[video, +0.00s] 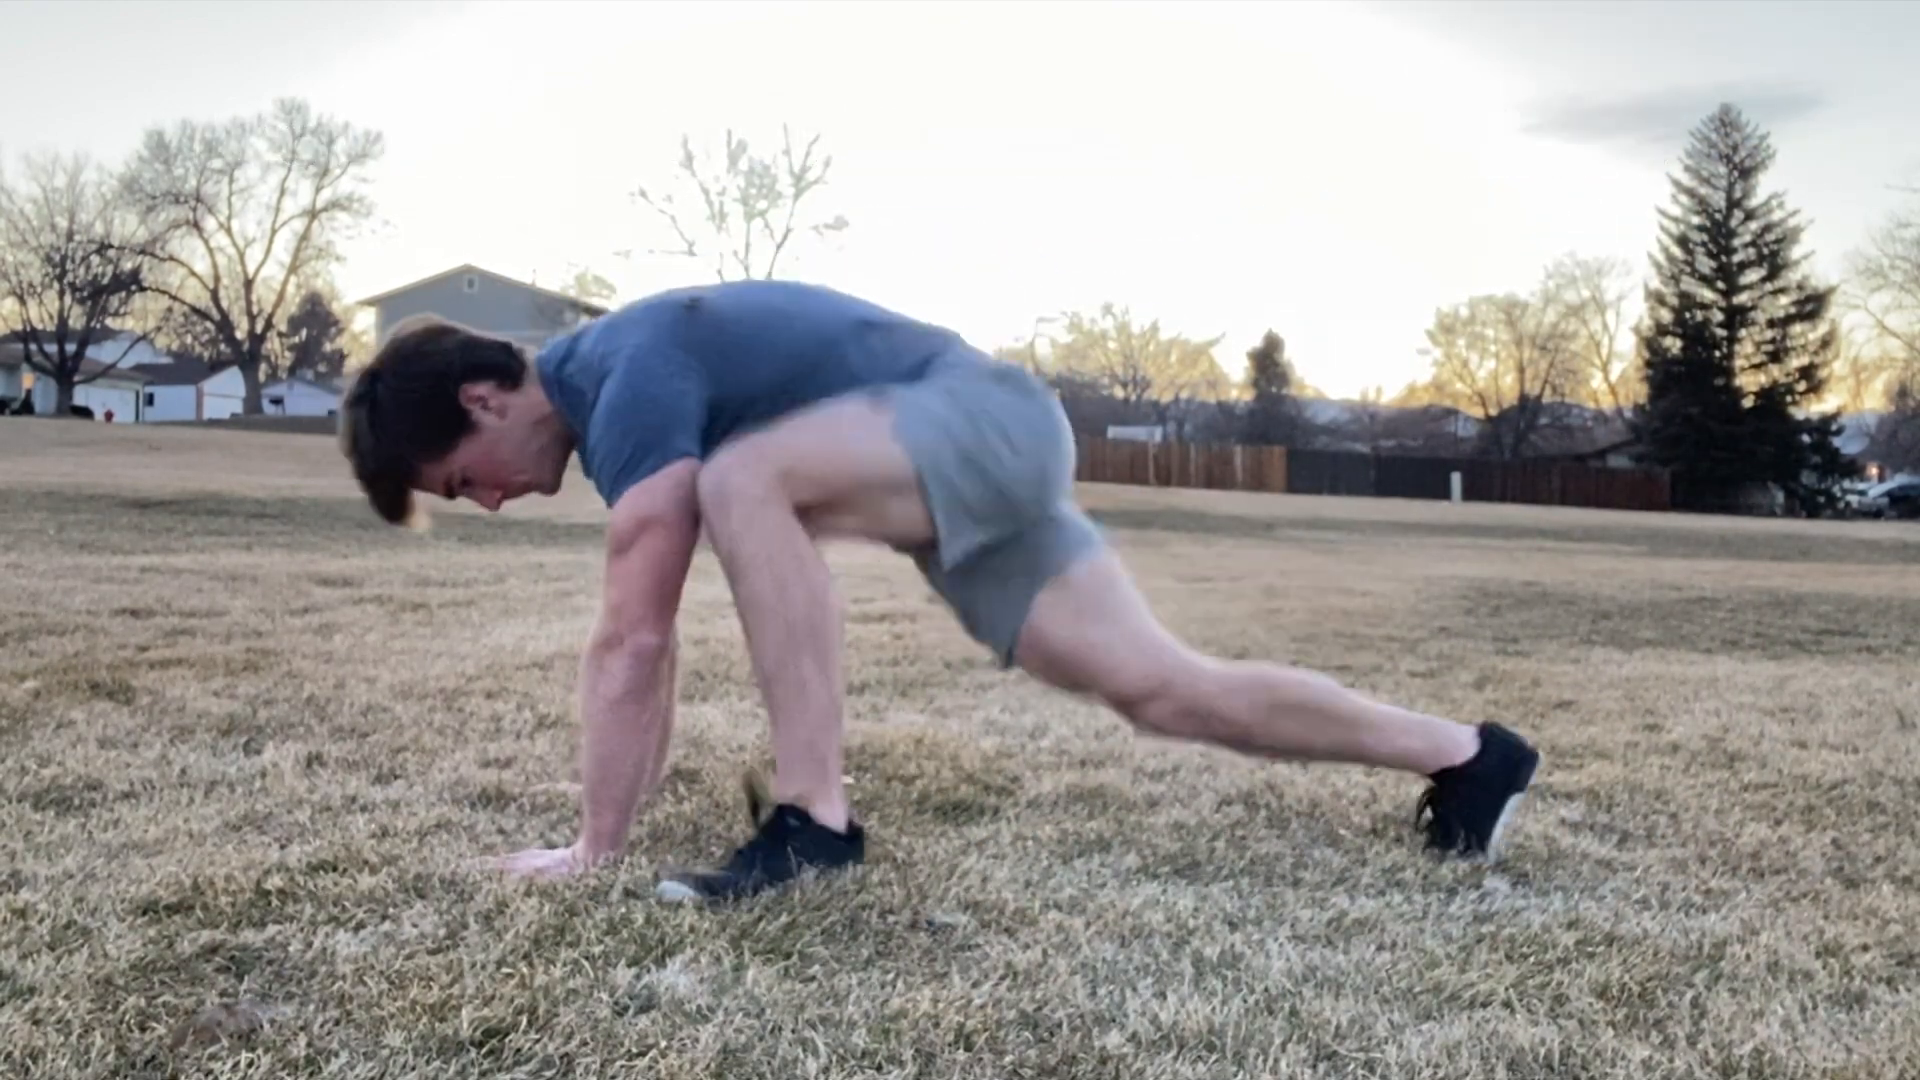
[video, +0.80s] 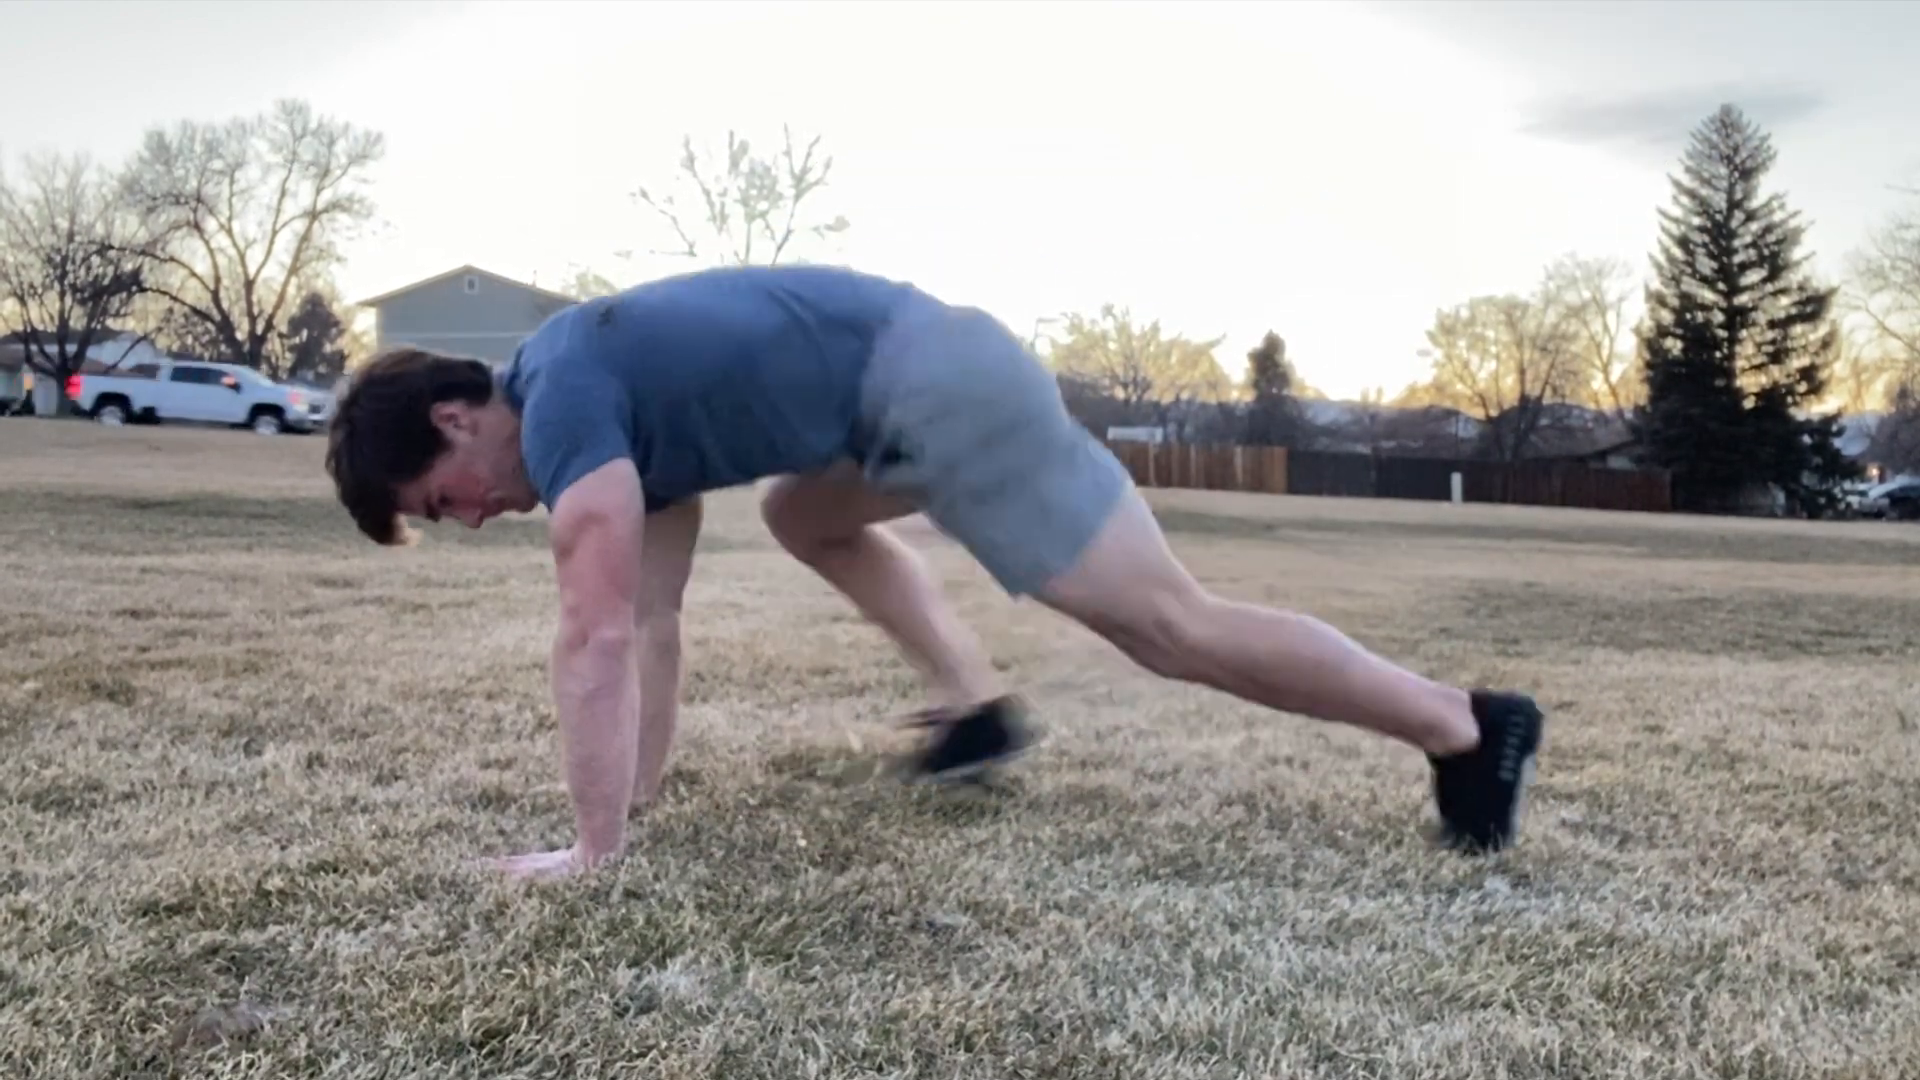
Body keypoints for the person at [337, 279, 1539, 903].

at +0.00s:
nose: (486, 501)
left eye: (462, 478)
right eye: (461, 494)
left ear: (488, 401)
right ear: (493, 402)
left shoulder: (637, 370)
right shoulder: (613, 410)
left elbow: (630, 631)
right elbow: (636, 639)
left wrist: (590, 845)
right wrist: (609, 835)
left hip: (986, 412)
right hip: (976, 488)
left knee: (744, 482)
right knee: (1165, 687)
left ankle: (814, 817)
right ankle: (1469, 754)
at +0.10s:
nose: (494, 507)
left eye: (470, 485)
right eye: (469, 500)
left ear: (492, 410)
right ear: (498, 412)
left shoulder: (646, 370)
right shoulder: (622, 415)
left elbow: (636, 631)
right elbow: (644, 640)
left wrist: (590, 838)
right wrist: (607, 828)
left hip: (998, 415)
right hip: (975, 499)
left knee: (757, 458)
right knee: (1171, 678)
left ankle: (832, 802)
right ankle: (1483, 757)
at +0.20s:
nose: (474, 522)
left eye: (452, 500)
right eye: (448, 517)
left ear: (467, 420)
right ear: (471, 423)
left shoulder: (611, 370)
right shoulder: (591, 396)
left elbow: (625, 641)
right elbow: (633, 627)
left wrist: (595, 848)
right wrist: (626, 796)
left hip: (964, 329)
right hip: (972, 382)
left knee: (798, 473)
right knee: (1145, 606)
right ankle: (1420, 723)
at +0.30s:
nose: (474, 527)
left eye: (448, 509)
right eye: (448, 521)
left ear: (459, 432)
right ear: (465, 421)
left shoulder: (590, 381)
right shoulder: (581, 380)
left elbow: (616, 630)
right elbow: (642, 598)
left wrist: (591, 850)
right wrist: (653, 762)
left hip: (934, 278)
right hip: (942, 284)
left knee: (928, 586)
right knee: (975, 572)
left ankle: (1253, 628)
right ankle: (1252, 631)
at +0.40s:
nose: (469, 522)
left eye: (441, 504)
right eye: (439, 517)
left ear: (453, 431)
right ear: (460, 421)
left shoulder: (577, 375)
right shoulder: (587, 377)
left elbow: (610, 621)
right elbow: (643, 608)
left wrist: (594, 841)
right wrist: (636, 788)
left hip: (938, 314)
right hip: (898, 345)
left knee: (1101, 628)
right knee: (851, 524)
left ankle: (1419, 584)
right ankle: (1070, 660)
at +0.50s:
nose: (457, 500)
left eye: (434, 476)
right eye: (432, 493)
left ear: (454, 399)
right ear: (463, 398)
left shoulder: (570, 379)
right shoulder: (598, 371)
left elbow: (617, 607)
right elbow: (647, 619)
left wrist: (598, 838)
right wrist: (632, 804)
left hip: (937, 419)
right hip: (908, 409)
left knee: (1202, 640)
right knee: (757, 469)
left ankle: (1514, 692)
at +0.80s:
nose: (465, 517)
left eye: (440, 494)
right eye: (439, 512)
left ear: (457, 416)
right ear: (466, 420)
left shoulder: (567, 378)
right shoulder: (607, 385)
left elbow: (598, 620)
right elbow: (646, 618)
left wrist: (596, 849)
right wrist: (646, 784)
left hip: (937, 375)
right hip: (899, 391)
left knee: (1172, 627)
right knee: (809, 512)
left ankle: (1470, 727)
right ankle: (975, 707)